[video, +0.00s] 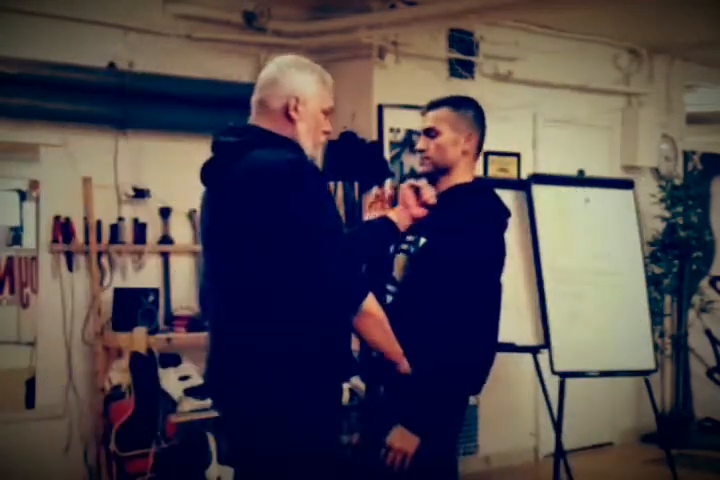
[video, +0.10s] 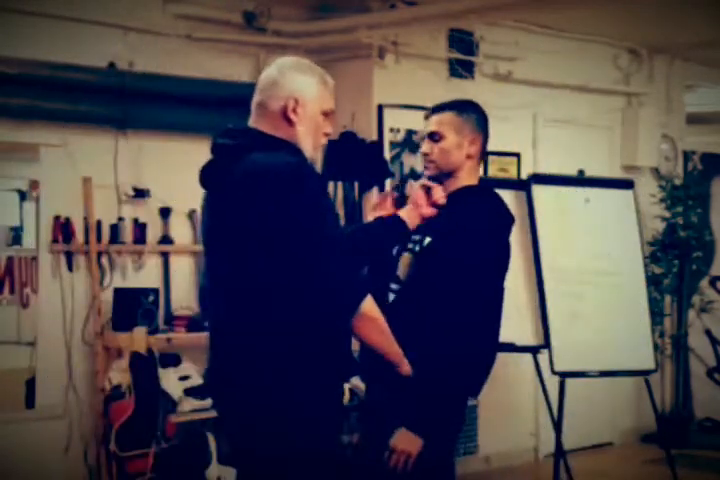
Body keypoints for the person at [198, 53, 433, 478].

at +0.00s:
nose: (330, 129)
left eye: (330, 116)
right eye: (325, 114)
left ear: (287, 108)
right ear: (294, 109)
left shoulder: (231, 169)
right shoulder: (292, 175)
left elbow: (326, 260)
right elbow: (348, 294)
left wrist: (394, 219)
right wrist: (399, 359)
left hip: (244, 382)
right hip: (296, 390)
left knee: (259, 468)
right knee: (302, 469)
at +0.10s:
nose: (330, 131)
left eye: (331, 118)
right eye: (325, 116)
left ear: (287, 109)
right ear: (292, 110)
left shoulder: (233, 170)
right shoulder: (289, 176)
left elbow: (326, 252)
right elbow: (344, 291)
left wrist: (406, 217)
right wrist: (400, 362)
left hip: (247, 386)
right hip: (295, 393)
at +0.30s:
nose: (312, 130)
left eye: (312, 117)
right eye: (306, 115)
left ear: (267, 114)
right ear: (272, 116)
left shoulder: (206, 180)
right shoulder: (270, 183)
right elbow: (317, 294)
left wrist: (329, 253)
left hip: (228, 388)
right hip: (279, 396)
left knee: (253, 471)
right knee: (300, 470)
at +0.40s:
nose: (294, 128)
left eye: (294, 115)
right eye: (289, 112)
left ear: (248, 109)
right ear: (256, 111)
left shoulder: (183, 179)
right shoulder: (258, 179)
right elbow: (333, 296)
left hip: (196, 398)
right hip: (256, 404)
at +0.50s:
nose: (272, 119)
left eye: (272, 105)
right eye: (268, 103)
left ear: (226, 101)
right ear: (236, 102)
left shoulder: (161, 169)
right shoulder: (238, 170)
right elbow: (325, 261)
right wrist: (356, 216)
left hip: (172, 387)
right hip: (236, 391)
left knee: (186, 468)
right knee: (247, 468)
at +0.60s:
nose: (246, 109)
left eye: (245, 97)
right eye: (241, 95)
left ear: (176, 94)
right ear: (209, 93)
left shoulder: (138, 157)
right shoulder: (211, 160)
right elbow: (306, 232)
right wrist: (345, 176)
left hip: (147, 370)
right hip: (206, 375)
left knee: (169, 467)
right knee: (219, 468)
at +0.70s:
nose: (218, 106)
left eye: (217, 94)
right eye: (210, 91)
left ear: (171, 95)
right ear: (176, 95)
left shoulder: (117, 158)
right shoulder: (176, 158)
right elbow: (277, 222)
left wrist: (292, 225)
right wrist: (343, 184)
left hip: (126, 378)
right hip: (177, 382)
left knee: (139, 469)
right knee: (190, 470)